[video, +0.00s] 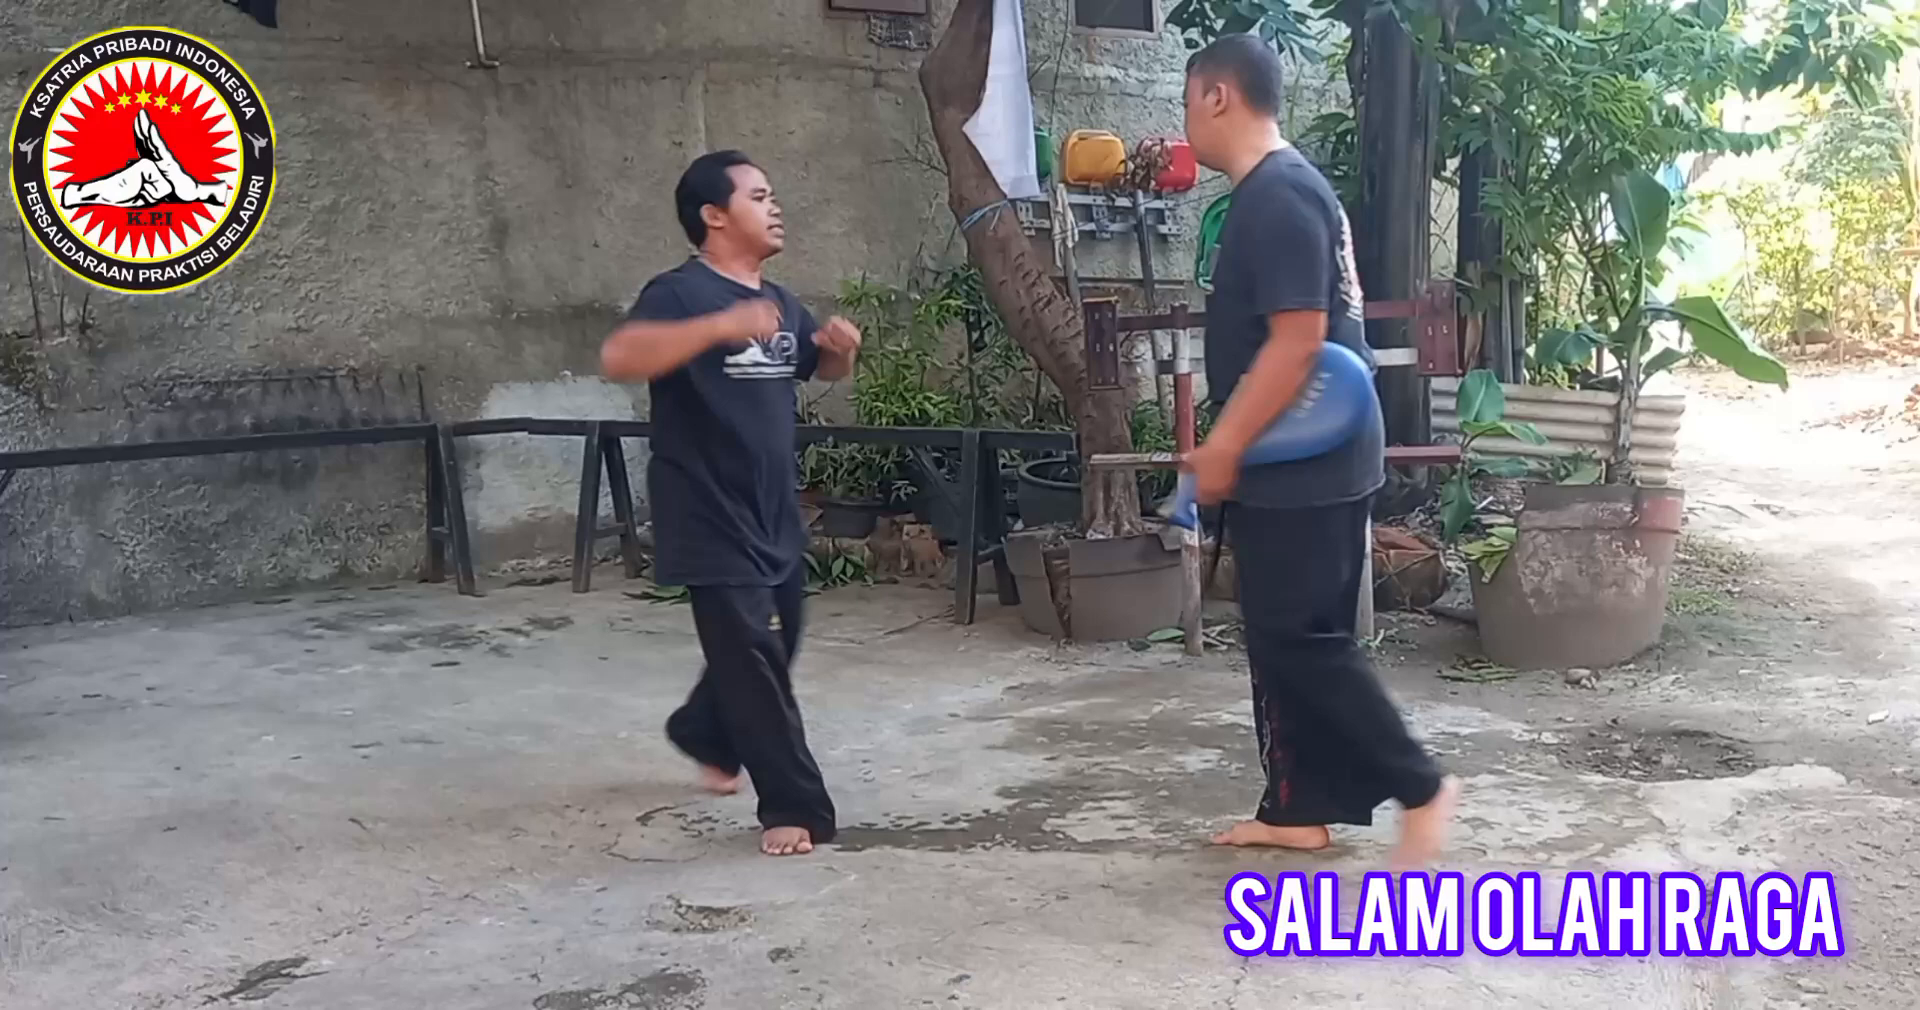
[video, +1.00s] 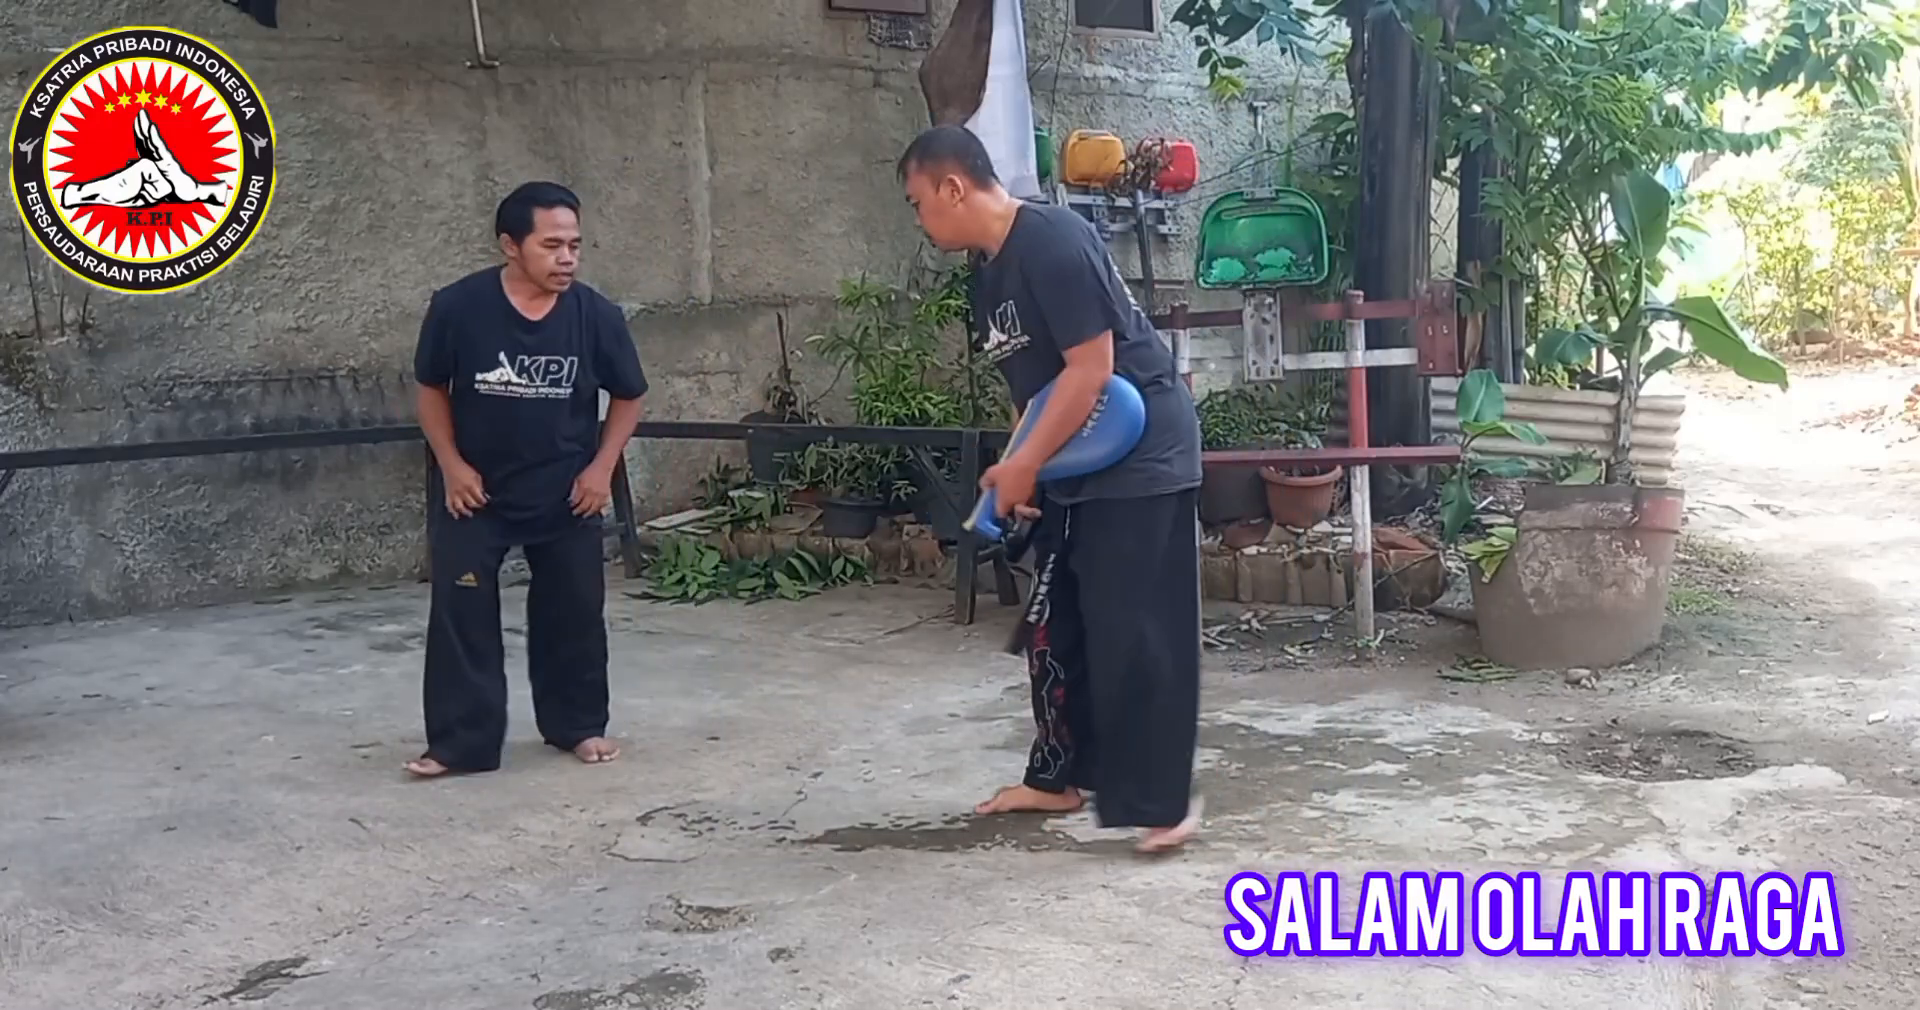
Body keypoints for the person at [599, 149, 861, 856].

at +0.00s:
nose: (776, 210)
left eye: (771, 197)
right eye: (759, 198)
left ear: (734, 217)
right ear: (715, 217)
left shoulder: (777, 302)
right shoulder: (677, 293)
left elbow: (822, 371)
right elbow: (618, 357)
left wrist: (837, 353)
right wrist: (719, 327)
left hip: (776, 511)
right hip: (709, 514)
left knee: (775, 642)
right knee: (750, 654)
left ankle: (703, 730)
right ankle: (791, 808)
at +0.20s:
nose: (717, 220)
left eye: (715, 209)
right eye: (700, 209)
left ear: (695, 224)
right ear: (655, 224)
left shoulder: (729, 312)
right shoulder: (623, 301)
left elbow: (777, 377)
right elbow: (657, 363)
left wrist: (838, 403)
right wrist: (767, 347)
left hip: (706, 493)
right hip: (631, 493)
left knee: (710, 635)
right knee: (661, 626)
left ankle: (679, 765)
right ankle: (701, 790)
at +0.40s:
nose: (655, 217)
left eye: (653, 205)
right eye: (638, 207)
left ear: (650, 214)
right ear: (593, 223)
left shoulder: (670, 303)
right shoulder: (560, 308)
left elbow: (690, 396)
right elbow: (554, 414)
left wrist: (694, 467)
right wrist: (645, 451)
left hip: (660, 508)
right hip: (580, 512)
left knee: (677, 635)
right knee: (552, 633)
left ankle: (680, 763)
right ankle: (509, 741)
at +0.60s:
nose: (585, 242)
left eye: (587, 230)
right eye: (569, 231)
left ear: (589, 235)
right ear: (523, 240)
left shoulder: (599, 315)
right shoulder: (474, 324)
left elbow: (618, 397)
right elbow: (430, 414)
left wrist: (637, 468)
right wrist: (494, 482)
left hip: (592, 509)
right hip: (502, 519)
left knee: (631, 632)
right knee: (488, 639)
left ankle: (674, 755)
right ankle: (474, 753)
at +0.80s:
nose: (549, 230)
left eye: (553, 217)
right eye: (533, 219)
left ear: (559, 222)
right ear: (487, 226)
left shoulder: (582, 299)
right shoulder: (436, 306)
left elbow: (608, 376)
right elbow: (406, 388)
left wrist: (610, 444)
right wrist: (442, 459)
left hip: (571, 492)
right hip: (480, 499)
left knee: (592, 608)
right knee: (477, 629)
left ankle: (584, 727)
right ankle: (474, 752)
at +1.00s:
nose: (569, 258)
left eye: (574, 245)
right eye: (554, 246)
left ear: (579, 244)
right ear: (511, 246)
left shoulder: (597, 316)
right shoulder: (456, 308)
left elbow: (629, 396)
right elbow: (433, 389)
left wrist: (602, 468)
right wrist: (451, 463)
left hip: (566, 492)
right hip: (473, 492)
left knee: (577, 608)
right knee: (459, 611)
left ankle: (576, 725)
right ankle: (462, 744)